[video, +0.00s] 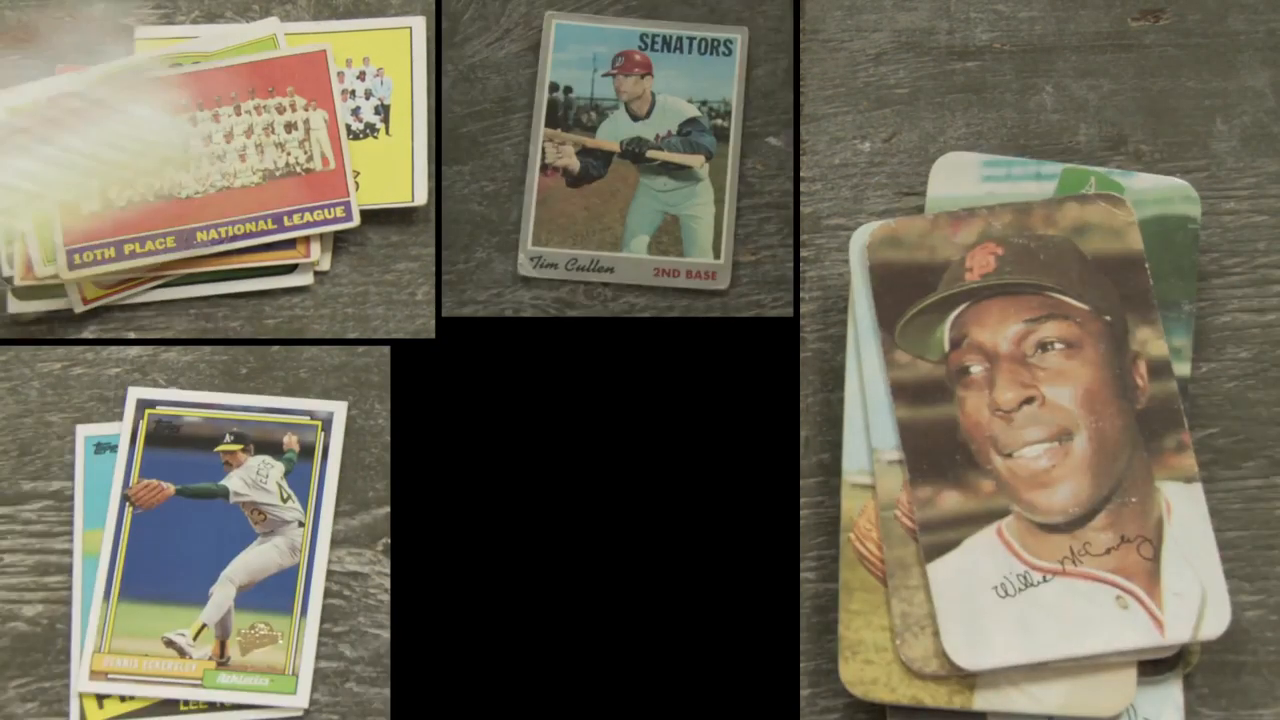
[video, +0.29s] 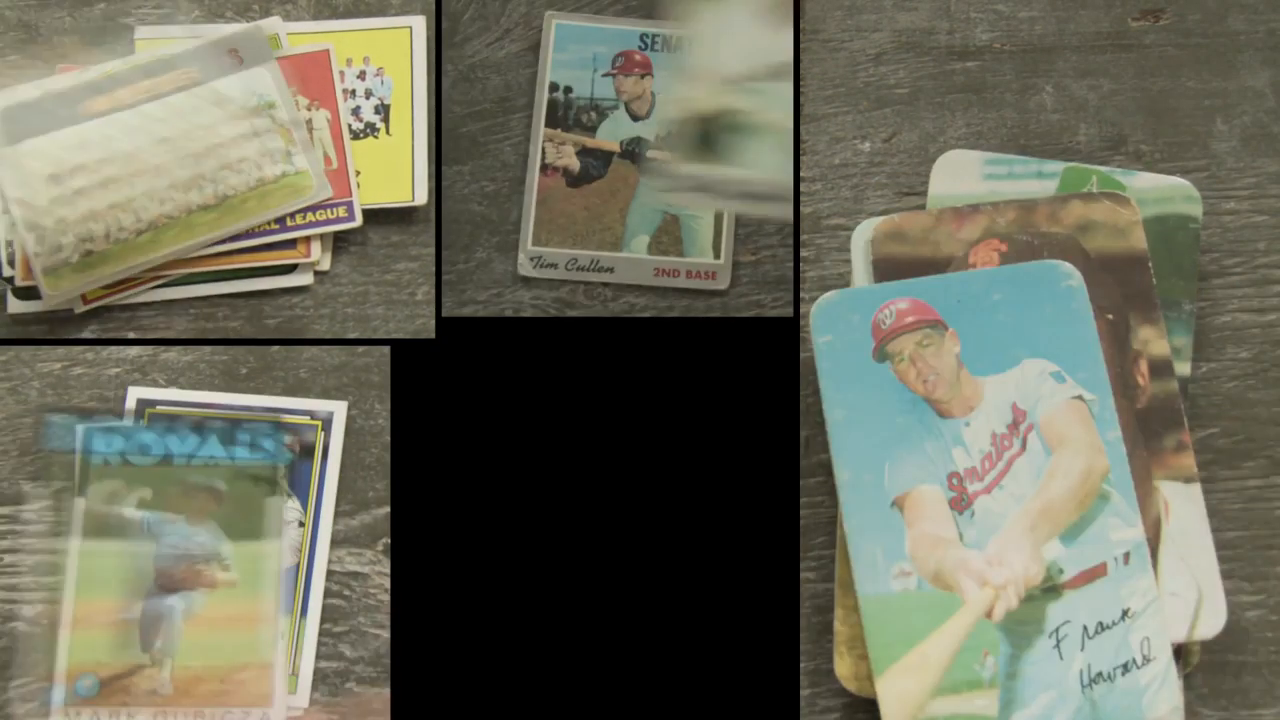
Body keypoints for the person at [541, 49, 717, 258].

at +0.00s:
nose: (617, 84)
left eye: (625, 77)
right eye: (615, 77)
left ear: (646, 81)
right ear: (613, 79)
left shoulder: (680, 110)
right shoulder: (613, 125)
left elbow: (703, 149)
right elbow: (597, 165)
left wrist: (655, 149)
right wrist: (573, 163)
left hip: (693, 191)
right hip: (650, 191)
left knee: (699, 262)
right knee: (632, 251)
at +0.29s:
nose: (618, 84)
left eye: (626, 78)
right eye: (615, 78)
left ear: (647, 81)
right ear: (612, 79)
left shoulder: (680, 113)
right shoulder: (613, 125)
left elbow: (690, 153)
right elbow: (597, 166)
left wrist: (653, 149)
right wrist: (573, 163)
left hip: (693, 189)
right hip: (650, 189)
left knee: (699, 261)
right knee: (633, 250)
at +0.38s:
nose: (644, 61)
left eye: (654, 52)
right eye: (632, 52)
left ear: (668, 55)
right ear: (616, 56)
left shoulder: (702, 104)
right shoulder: (595, 111)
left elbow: (729, 165)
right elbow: (582, 200)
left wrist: (736, 191)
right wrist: (566, 182)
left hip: (683, 237)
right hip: (620, 238)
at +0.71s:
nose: (645, 65)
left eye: (655, 57)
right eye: (633, 55)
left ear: (667, 56)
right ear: (617, 58)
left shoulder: (694, 103)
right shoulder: (596, 116)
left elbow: (723, 151)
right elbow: (583, 205)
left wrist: (737, 186)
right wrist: (567, 183)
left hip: (685, 241)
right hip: (621, 240)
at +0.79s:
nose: (668, 16)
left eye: (683, 8)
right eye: (663, 6)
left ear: (709, 19)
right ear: (656, 10)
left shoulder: (729, 74)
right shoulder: (636, 48)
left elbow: (732, 161)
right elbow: (595, 113)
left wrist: (709, 158)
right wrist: (627, 130)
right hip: (621, 194)